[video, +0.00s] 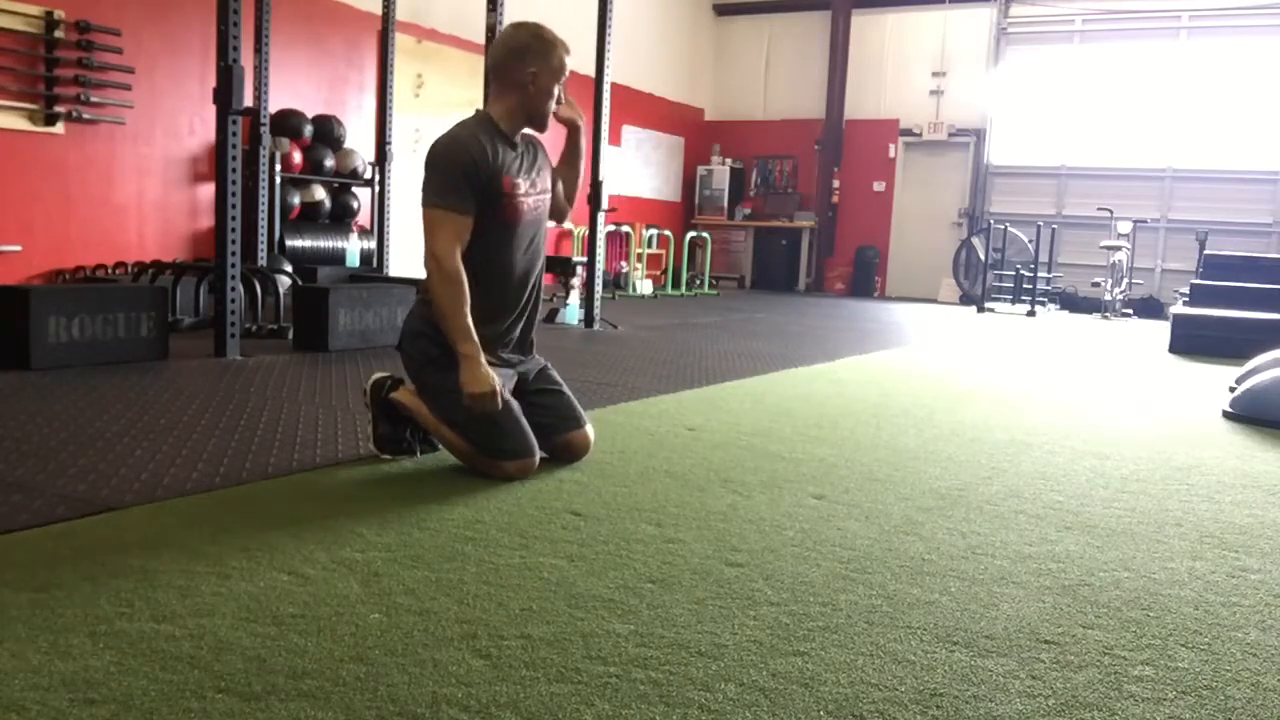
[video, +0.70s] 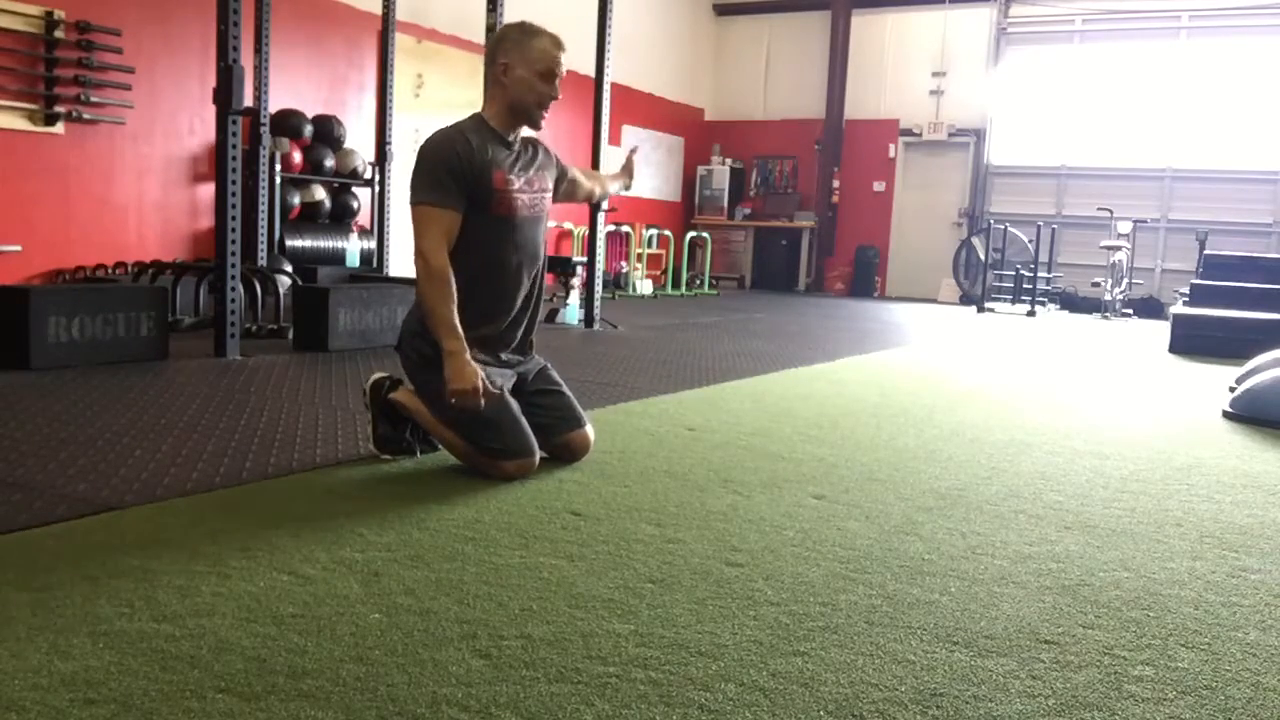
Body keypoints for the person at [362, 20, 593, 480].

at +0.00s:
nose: (563, 94)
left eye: (564, 82)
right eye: (561, 81)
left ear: (530, 79)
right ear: (529, 78)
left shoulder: (536, 152)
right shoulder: (461, 149)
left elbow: (560, 209)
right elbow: (442, 259)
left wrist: (577, 131)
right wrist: (471, 357)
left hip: (511, 345)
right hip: (449, 347)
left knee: (572, 442)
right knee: (515, 464)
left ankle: (437, 412)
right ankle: (399, 399)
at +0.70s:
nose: (557, 92)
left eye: (559, 79)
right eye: (547, 76)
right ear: (504, 70)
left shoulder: (541, 158)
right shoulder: (450, 149)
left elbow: (587, 186)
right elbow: (431, 256)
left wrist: (620, 178)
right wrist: (455, 354)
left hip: (516, 350)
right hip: (453, 352)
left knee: (573, 444)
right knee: (515, 464)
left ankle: (439, 411)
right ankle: (399, 399)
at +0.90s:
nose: (535, 86)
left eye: (545, 76)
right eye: (521, 70)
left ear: (552, 85)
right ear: (488, 70)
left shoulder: (544, 159)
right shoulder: (452, 148)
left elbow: (568, 214)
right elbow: (410, 240)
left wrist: (622, 216)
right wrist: (471, 286)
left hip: (517, 347)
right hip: (451, 349)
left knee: (574, 443)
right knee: (516, 463)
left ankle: (446, 411)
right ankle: (399, 399)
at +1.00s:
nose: (519, 87)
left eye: (532, 78)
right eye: (507, 72)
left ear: (546, 88)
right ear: (486, 73)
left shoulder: (546, 160)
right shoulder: (451, 147)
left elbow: (559, 228)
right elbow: (401, 233)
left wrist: (610, 254)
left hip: (517, 346)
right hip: (450, 347)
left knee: (574, 444)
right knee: (516, 463)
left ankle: (448, 409)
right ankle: (399, 399)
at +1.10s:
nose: (509, 90)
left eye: (525, 80)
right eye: (500, 74)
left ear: (545, 88)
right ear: (484, 72)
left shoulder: (547, 160)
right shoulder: (451, 143)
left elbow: (558, 241)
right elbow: (395, 226)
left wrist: (606, 305)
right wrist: (443, 152)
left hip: (516, 345)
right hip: (449, 344)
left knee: (574, 443)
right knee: (516, 463)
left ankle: (443, 411)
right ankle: (398, 399)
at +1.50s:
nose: (499, 90)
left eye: (515, 79)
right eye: (490, 74)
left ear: (538, 84)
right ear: (477, 73)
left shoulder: (547, 158)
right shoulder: (449, 143)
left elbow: (552, 251)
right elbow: (383, 198)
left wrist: (593, 324)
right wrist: (405, 100)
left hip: (515, 347)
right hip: (448, 346)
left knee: (573, 442)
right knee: (514, 463)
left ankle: (441, 410)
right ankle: (399, 398)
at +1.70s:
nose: (496, 90)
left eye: (512, 78)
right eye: (487, 74)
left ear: (536, 84)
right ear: (474, 73)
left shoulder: (546, 158)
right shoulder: (449, 144)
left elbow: (557, 249)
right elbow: (375, 181)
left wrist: (599, 325)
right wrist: (337, 105)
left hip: (515, 346)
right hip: (448, 345)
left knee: (573, 443)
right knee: (515, 463)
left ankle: (438, 412)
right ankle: (397, 399)